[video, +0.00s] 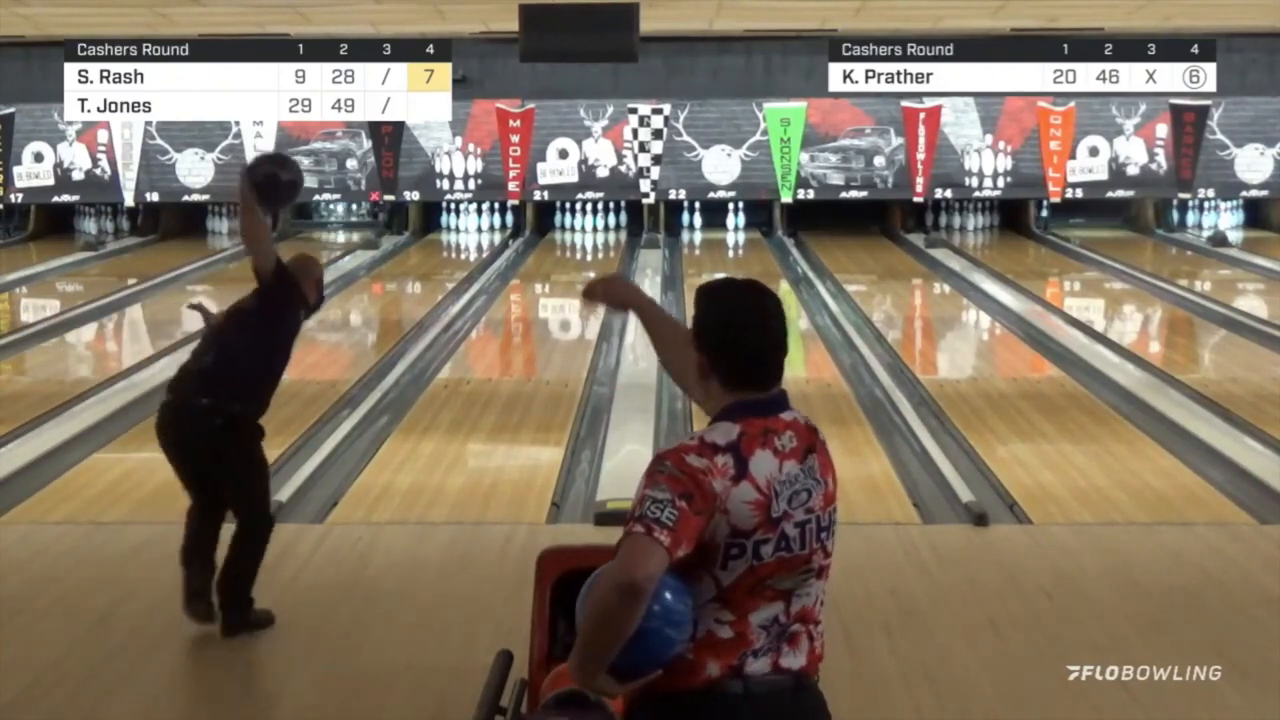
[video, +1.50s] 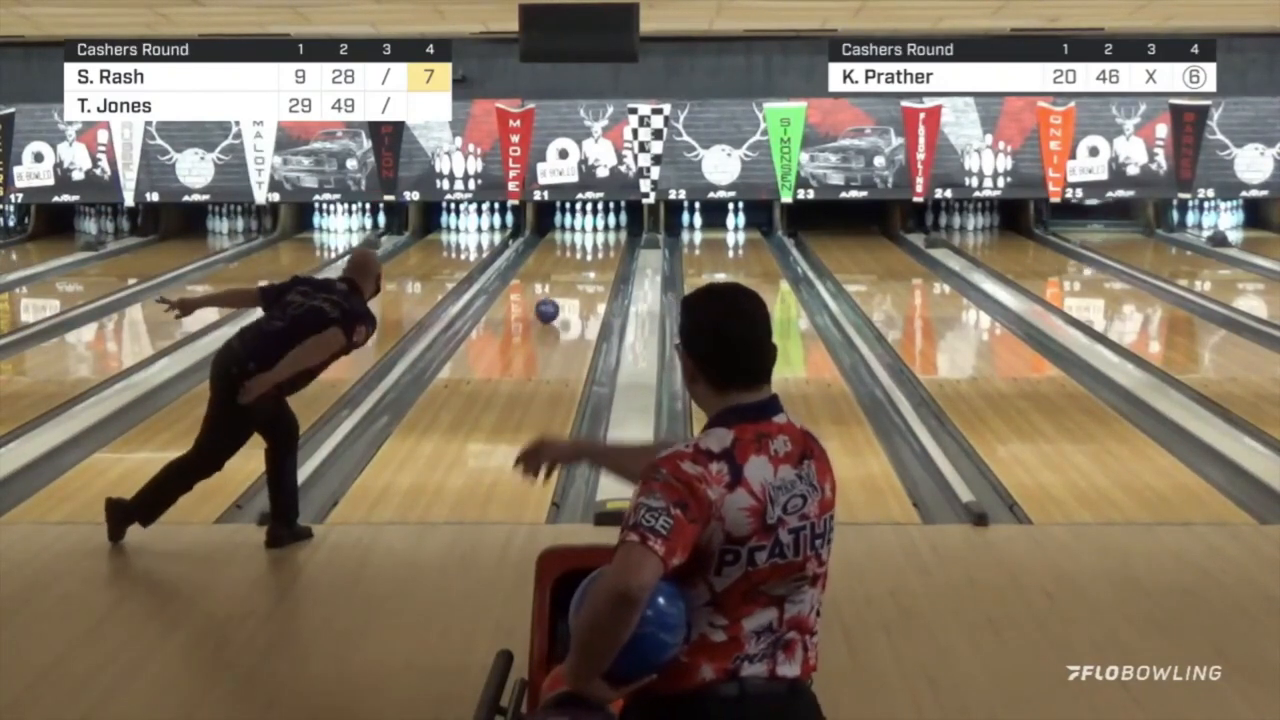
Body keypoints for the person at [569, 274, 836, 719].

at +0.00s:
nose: (686, 345)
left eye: (690, 336)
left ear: (702, 359)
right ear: (781, 353)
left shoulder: (691, 465)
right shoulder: (809, 442)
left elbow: (632, 578)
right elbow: (699, 376)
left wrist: (584, 670)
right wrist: (638, 301)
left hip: (695, 696)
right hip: (795, 692)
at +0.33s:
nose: (667, 378)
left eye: (665, 364)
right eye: (664, 365)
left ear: (685, 371)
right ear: (752, 354)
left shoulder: (691, 463)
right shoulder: (810, 450)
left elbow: (641, 579)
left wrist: (589, 672)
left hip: (698, 696)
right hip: (793, 691)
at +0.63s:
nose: (672, 381)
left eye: (669, 366)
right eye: (668, 367)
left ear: (685, 369)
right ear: (755, 354)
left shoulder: (685, 468)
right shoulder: (814, 457)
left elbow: (632, 578)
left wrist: (577, 671)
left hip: (687, 698)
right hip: (789, 693)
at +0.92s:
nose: (674, 373)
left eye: (673, 360)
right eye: (673, 360)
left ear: (689, 367)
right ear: (758, 355)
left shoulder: (680, 469)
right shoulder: (817, 460)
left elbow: (618, 580)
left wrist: (572, 670)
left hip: (685, 697)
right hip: (789, 694)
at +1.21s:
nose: (678, 365)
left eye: (678, 352)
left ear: (688, 367)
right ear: (763, 354)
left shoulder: (682, 471)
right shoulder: (813, 450)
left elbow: (620, 582)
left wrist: (572, 671)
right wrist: (653, 314)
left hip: (687, 696)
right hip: (788, 692)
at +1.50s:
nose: (680, 363)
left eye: (680, 353)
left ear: (688, 365)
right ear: (770, 354)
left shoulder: (687, 470)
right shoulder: (811, 453)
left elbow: (629, 586)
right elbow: (688, 469)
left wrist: (580, 676)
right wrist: (580, 450)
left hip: (691, 699)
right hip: (790, 695)